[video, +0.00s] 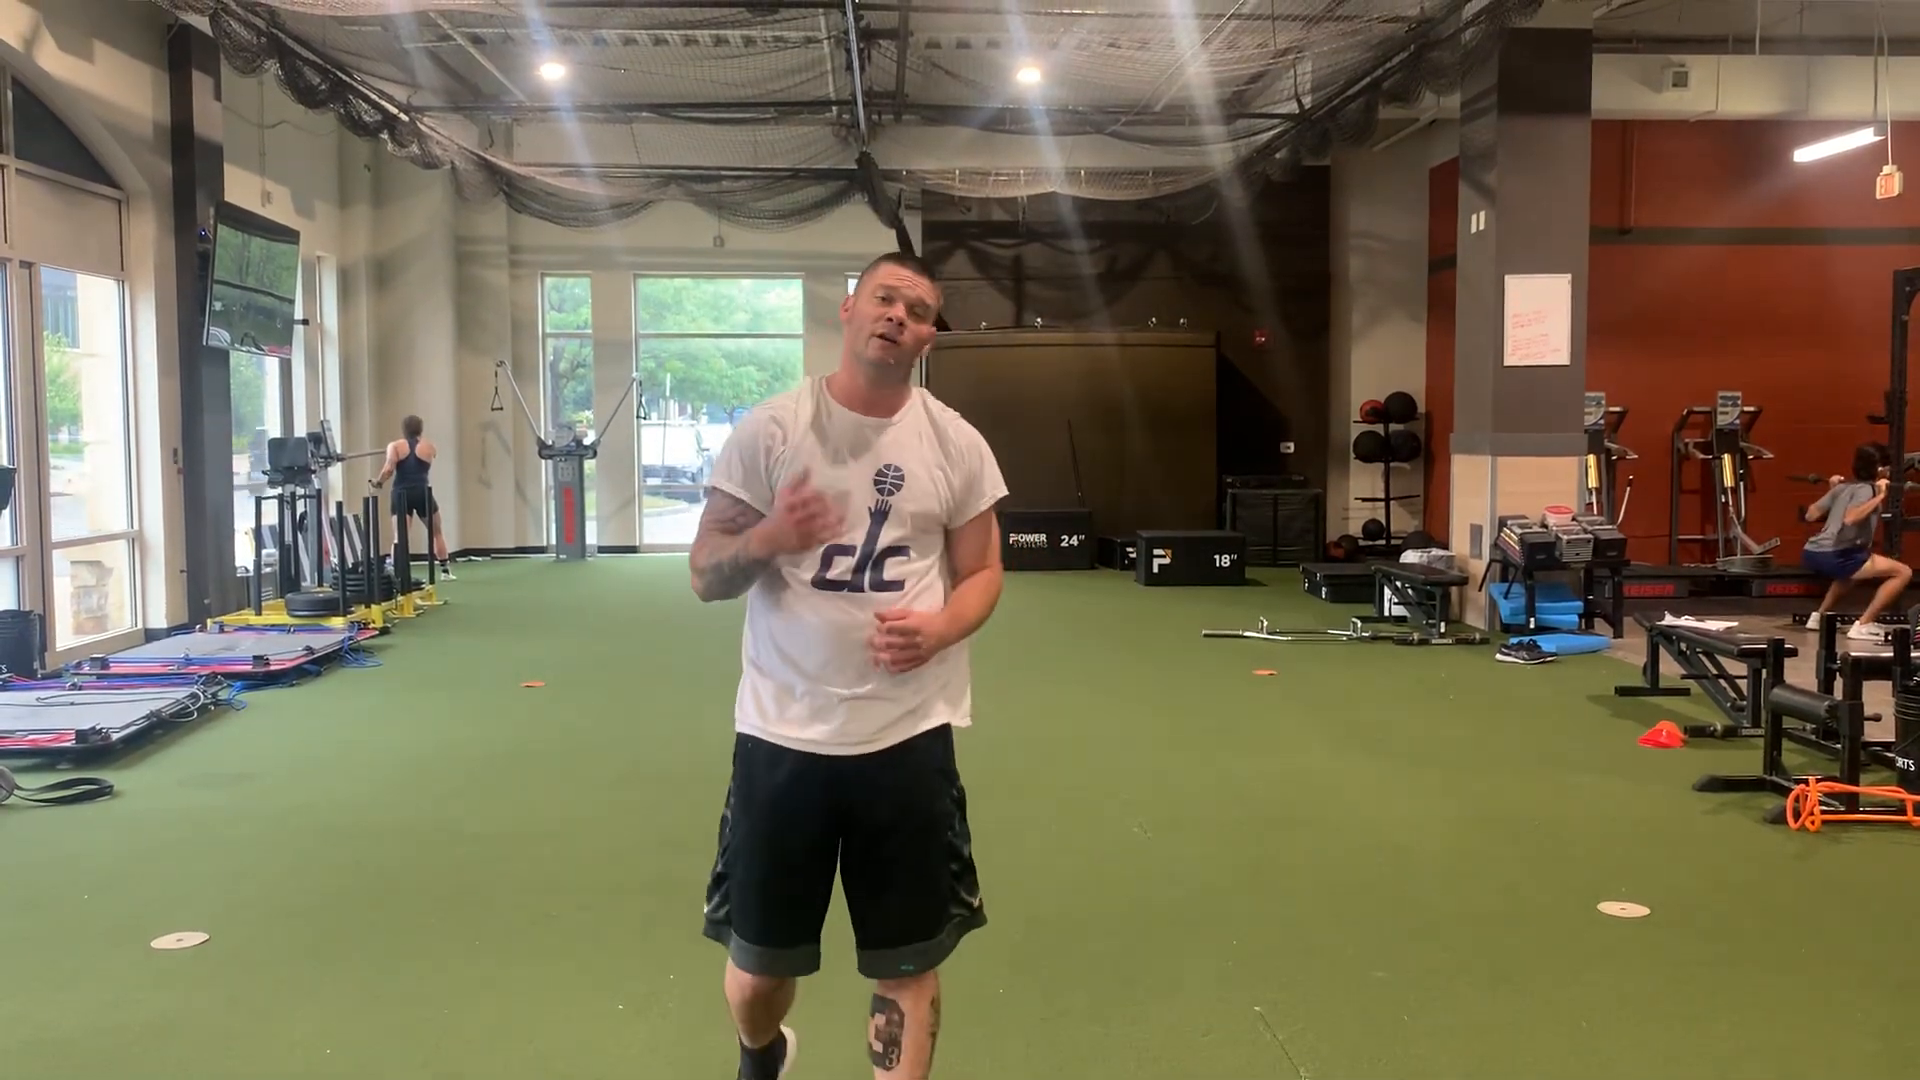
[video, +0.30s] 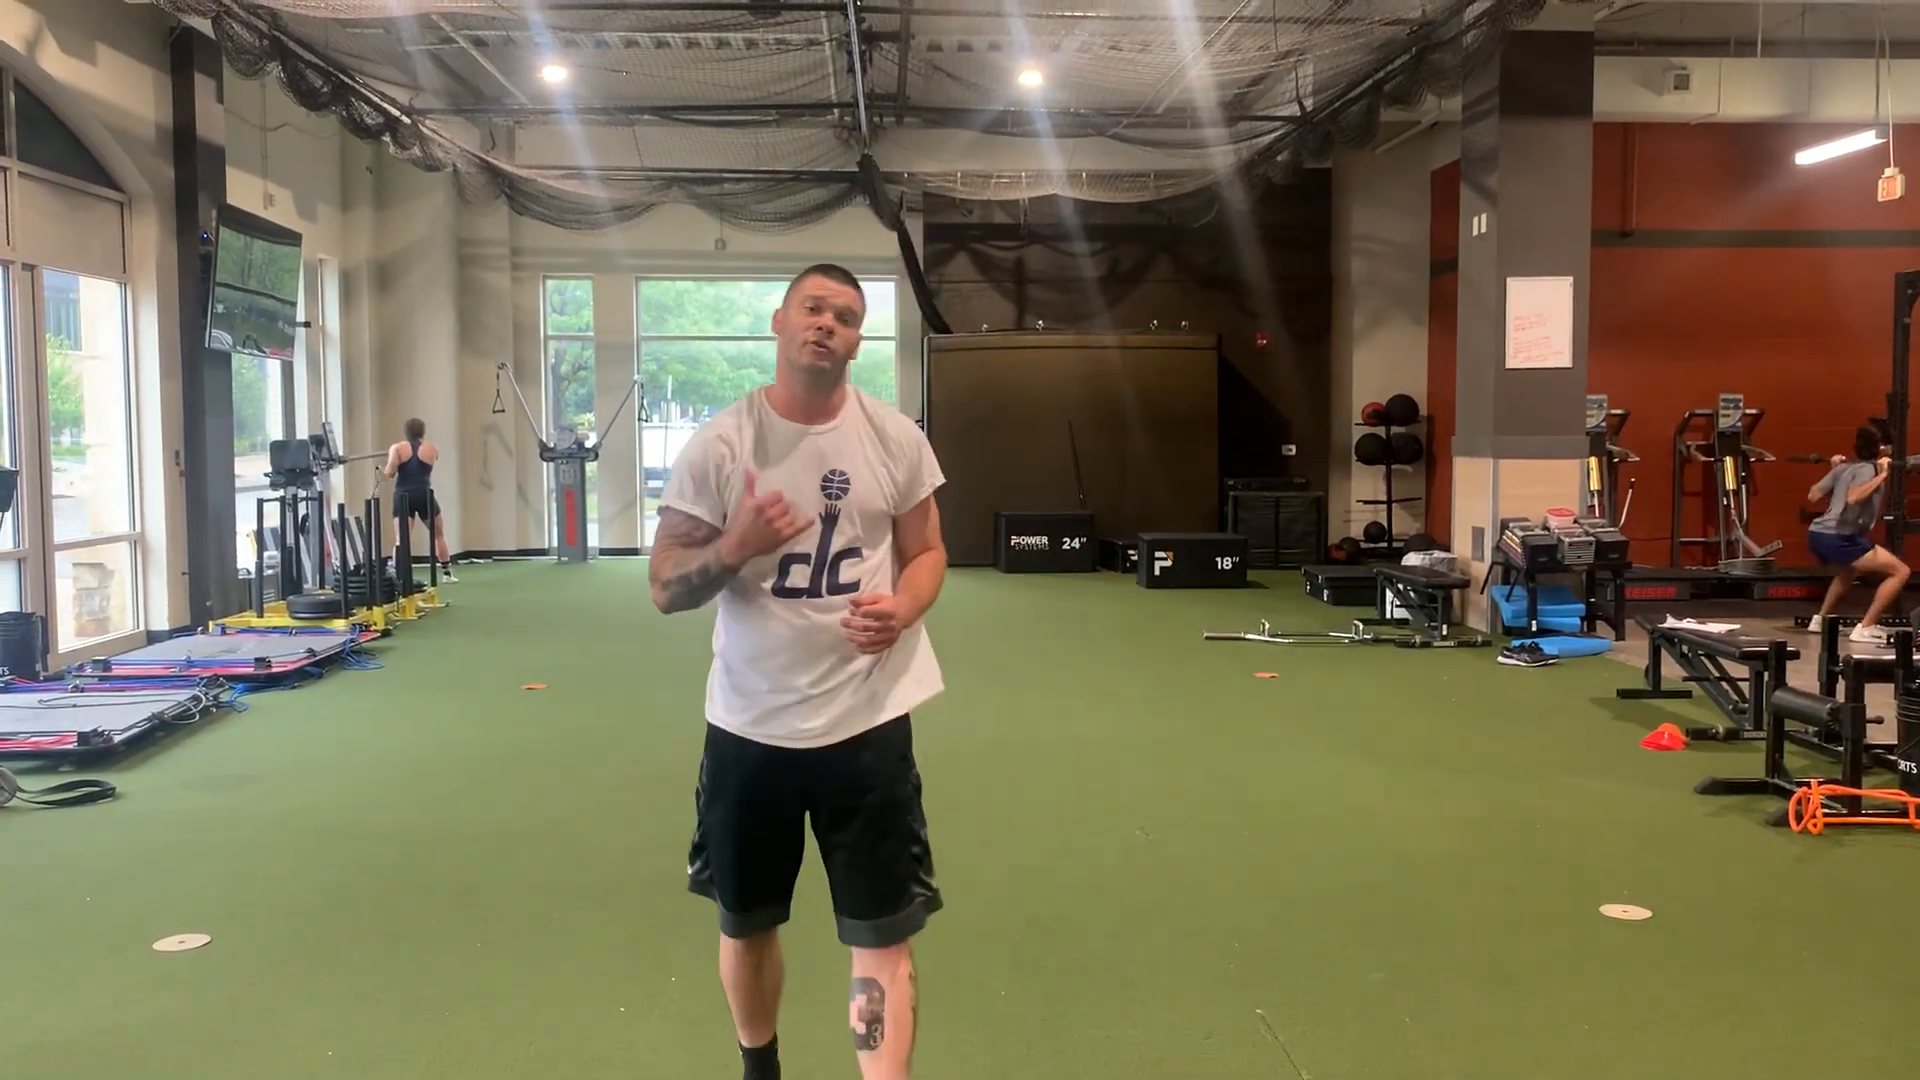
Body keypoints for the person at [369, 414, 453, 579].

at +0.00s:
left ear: (404, 430)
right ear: (420, 430)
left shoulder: (395, 446)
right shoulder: (429, 448)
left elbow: (389, 469)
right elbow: (428, 463)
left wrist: (379, 482)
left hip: (401, 493)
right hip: (422, 493)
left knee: (399, 536)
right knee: (436, 532)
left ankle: (394, 570)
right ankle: (445, 570)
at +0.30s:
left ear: (406, 432)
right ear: (423, 433)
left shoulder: (397, 449)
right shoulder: (431, 449)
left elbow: (389, 472)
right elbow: (429, 466)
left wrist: (386, 468)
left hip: (403, 495)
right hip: (424, 494)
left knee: (400, 537)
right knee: (438, 534)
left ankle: (395, 571)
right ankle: (447, 572)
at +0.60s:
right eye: (425, 435)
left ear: (410, 435)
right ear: (426, 436)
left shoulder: (401, 451)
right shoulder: (434, 453)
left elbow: (392, 474)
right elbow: (431, 469)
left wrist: (391, 464)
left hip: (406, 498)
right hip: (428, 496)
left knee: (404, 541)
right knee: (442, 537)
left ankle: (400, 575)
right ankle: (450, 574)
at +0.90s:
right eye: (428, 436)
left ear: (413, 437)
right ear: (430, 437)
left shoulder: (404, 453)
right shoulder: (438, 455)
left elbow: (396, 477)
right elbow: (434, 472)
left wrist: (388, 486)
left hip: (410, 499)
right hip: (431, 498)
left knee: (407, 543)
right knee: (445, 538)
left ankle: (403, 577)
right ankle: (454, 576)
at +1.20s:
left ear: (415, 436)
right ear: (432, 436)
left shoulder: (406, 452)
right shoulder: (441, 453)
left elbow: (400, 475)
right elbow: (436, 473)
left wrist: (388, 495)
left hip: (412, 498)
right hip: (433, 497)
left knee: (409, 542)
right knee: (447, 537)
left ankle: (406, 577)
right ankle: (456, 575)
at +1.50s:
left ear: (416, 433)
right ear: (433, 433)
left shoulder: (407, 449)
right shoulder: (442, 450)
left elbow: (400, 473)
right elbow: (437, 470)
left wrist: (388, 491)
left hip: (413, 496)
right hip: (434, 495)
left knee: (410, 539)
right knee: (448, 534)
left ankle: (406, 574)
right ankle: (456, 572)